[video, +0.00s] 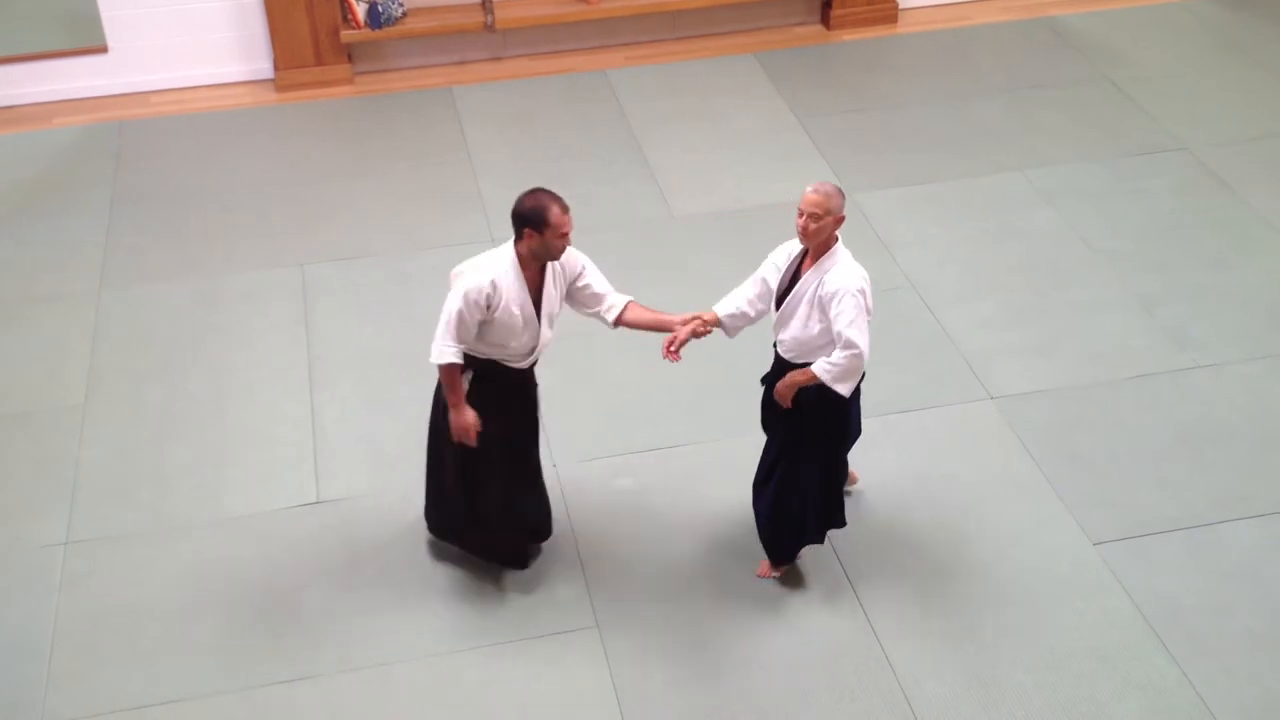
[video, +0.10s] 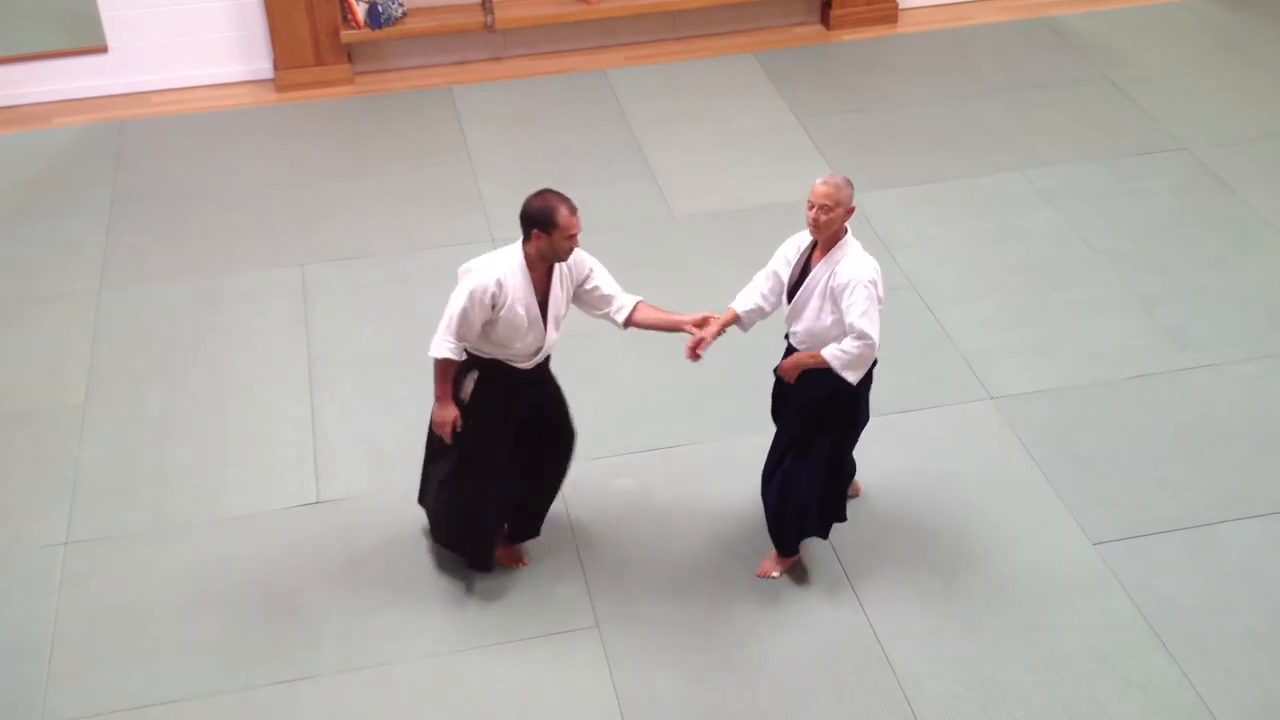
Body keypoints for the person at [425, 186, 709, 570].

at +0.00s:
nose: (568, 241)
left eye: (569, 232)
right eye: (561, 234)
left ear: (534, 236)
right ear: (529, 236)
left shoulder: (567, 265)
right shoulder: (480, 279)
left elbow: (615, 308)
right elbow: (447, 348)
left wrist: (677, 322)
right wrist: (457, 408)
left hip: (520, 379)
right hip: (476, 379)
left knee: (520, 459)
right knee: (477, 461)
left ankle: (524, 533)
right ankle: (474, 534)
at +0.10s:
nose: (576, 241)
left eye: (577, 233)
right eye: (569, 235)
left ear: (546, 235)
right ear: (537, 236)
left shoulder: (574, 265)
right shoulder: (487, 279)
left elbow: (623, 308)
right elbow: (448, 341)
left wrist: (684, 321)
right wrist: (443, 401)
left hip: (536, 375)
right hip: (487, 380)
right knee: (483, 460)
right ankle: (474, 534)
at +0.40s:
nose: (608, 239)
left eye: (609, 230)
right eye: (601, 232)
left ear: (573, 235)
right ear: (569, 236)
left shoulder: (605, 256)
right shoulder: (523, 272)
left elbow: (633, 303)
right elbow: (490, 335)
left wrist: (668, 344)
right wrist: (498, 391)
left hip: (581, 362)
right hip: (532, 369)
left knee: (602, 425)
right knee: (517, 446)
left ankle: (615, 481)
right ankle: (496, 518)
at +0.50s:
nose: (614, 236)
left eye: (615, 228)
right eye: (607, 232)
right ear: (575, 237)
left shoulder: (611, 251)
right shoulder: (528, 271)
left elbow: (630, 300)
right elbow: (501, 335)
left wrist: (649, 350)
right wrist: (527, 384)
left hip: (584, 356)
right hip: (533, 364)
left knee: (605, 420)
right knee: (527, 442)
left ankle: (615, 483)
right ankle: (504, 524)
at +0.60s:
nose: (615, 234)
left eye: (614, 227)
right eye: (608, 231)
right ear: (576, 237)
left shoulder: (612, 248)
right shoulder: (531, 272)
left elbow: (623, 296)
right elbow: (508, 335)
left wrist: (632, 347)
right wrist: (544, 377)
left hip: (586, 355)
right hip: (535, 363)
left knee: (606, 423)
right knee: (526, 442)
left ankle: (619, 487)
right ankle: (500, 525)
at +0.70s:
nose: (609, 234)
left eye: (608, 227)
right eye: (602, 231)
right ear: (571, 239)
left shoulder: (604, 246)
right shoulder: (529, 276)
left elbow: (617, 293)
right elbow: (508, 338)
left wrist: (621, 343)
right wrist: (551, 375)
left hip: (583, 355)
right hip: (534, 365)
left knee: (603, 424)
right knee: (521, 445)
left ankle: (606, 486)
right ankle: (498, 525)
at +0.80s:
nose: (600, 235)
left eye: (599, 228)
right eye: (593, 232)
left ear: (565, 239)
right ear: (561, 242)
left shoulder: (595, 247)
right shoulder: (523, 279)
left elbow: (608, 292)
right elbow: (500, 342)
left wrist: (615, 340)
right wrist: (550, 374)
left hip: (577, 357)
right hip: (528, 369)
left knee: (600, 425)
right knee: (516, 447)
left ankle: (610, 485)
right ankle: (497, 527)